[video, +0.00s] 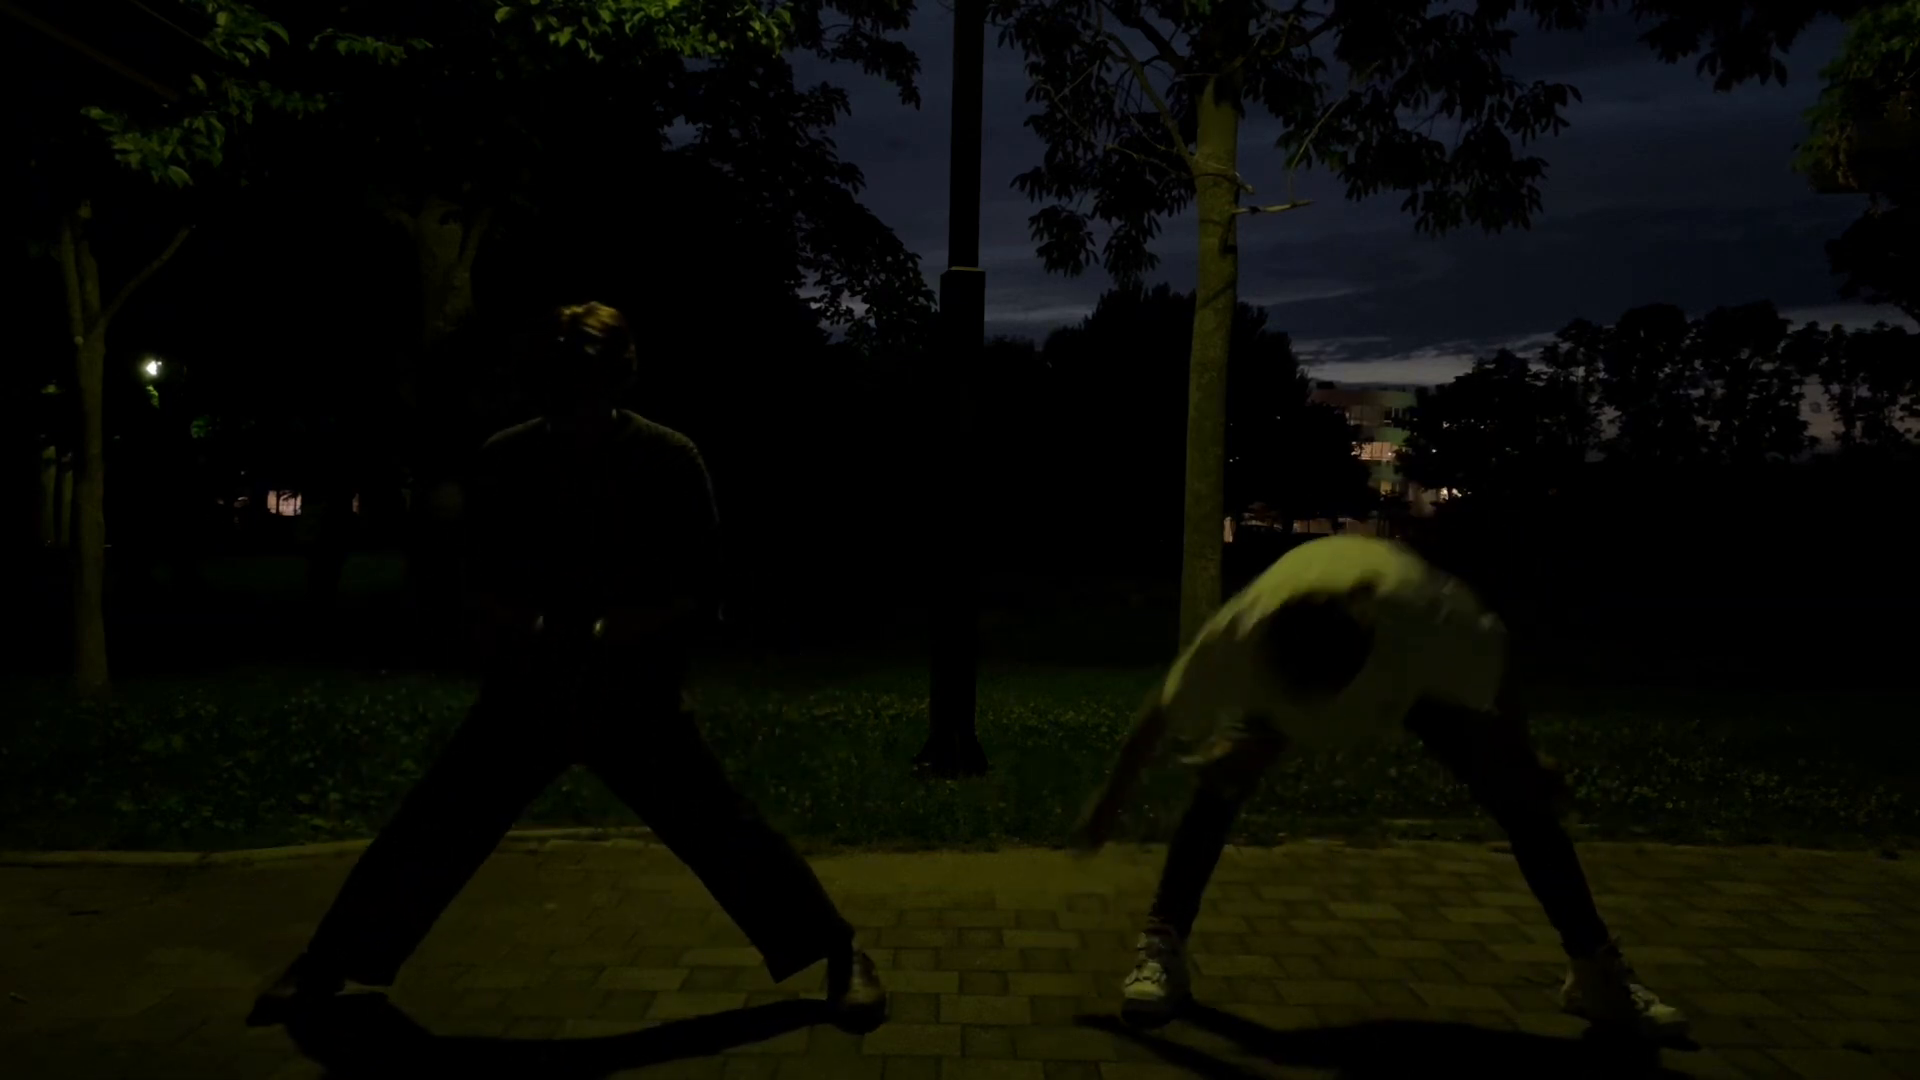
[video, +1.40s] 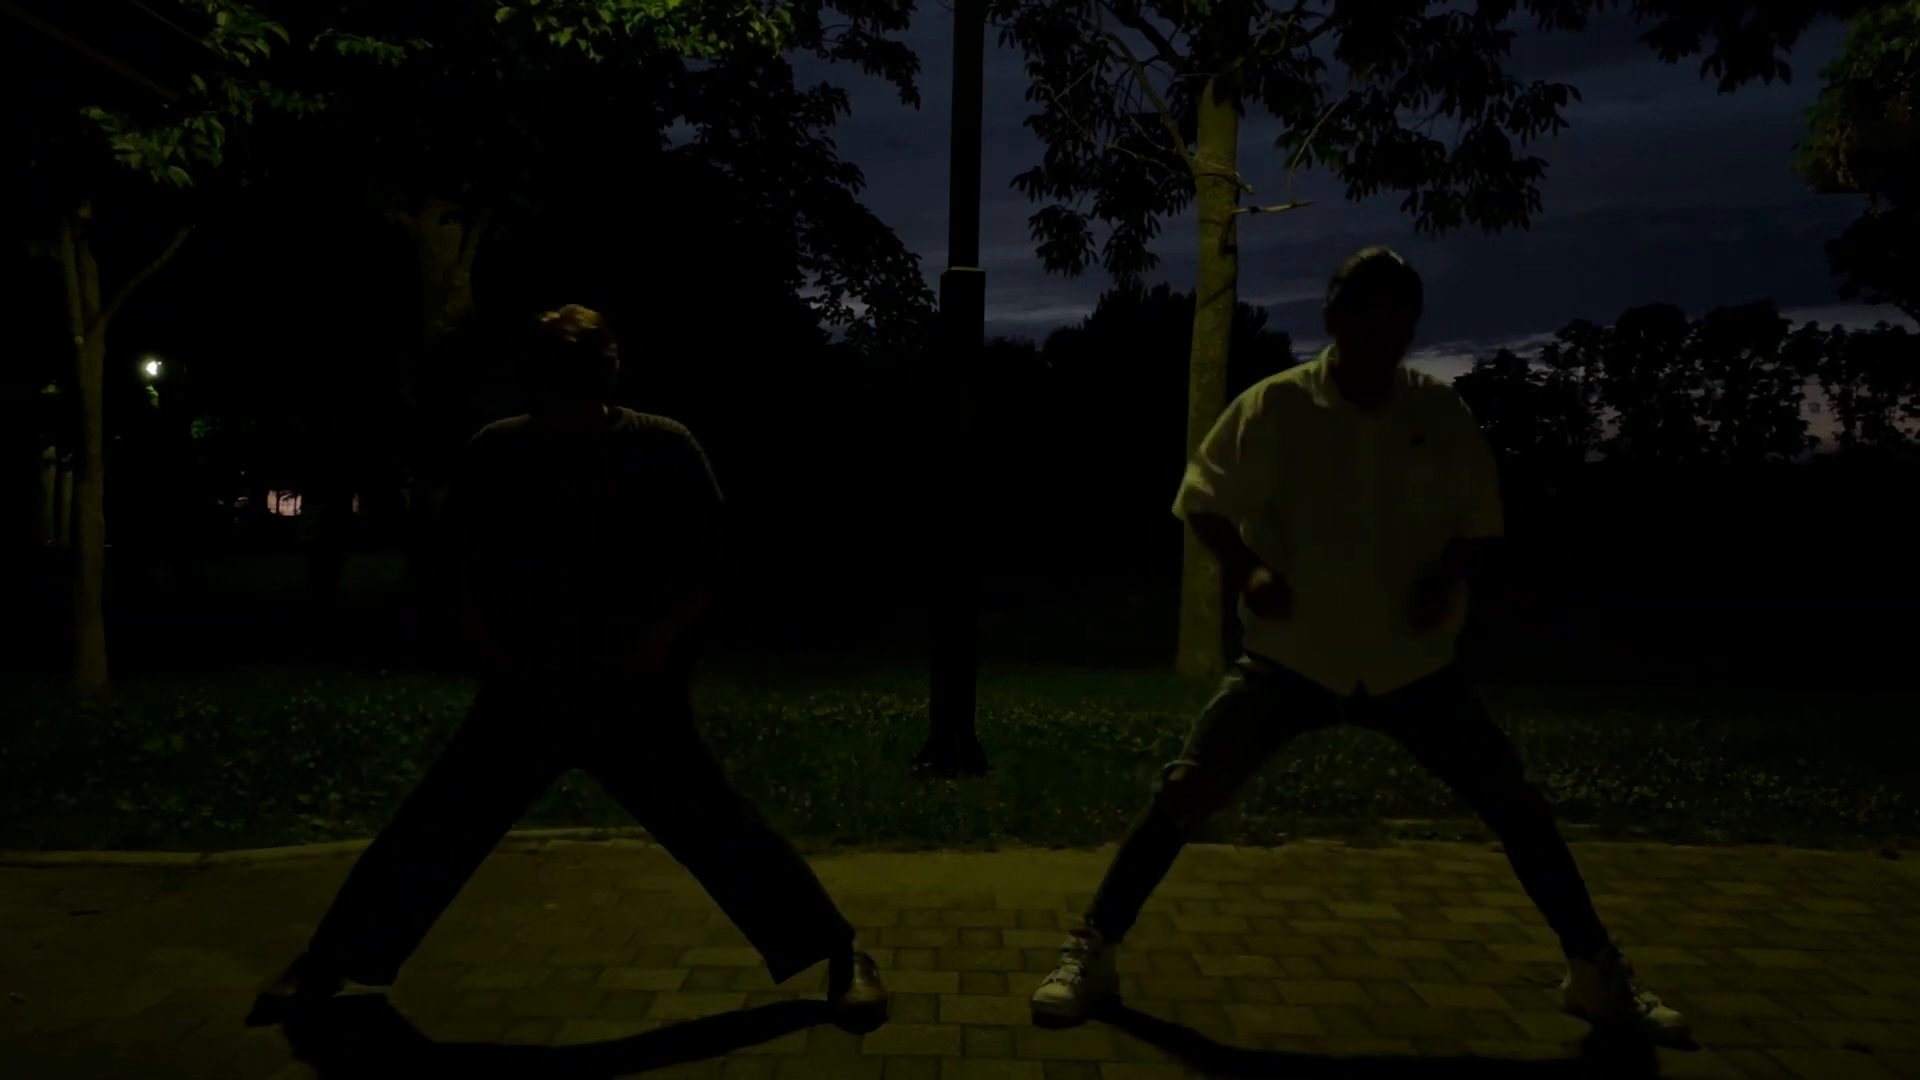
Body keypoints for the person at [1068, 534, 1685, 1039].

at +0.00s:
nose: (1305, 707)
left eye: (1320, 692)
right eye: (1294, 689)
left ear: (1356, 659)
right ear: (1270, 653)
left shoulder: (1423, 614)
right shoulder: (1238, 634)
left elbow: (1498, 678)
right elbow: (1157, 718)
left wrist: (1529, 768)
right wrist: (1108, 803)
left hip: (1411, 683)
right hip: (1287, 702)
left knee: (1520, 802)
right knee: (1218, 792)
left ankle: (1600, 973)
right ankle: (1161, 951)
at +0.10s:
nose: (1342, 636)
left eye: (1357, 623)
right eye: (1329, 620)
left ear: (1392, 587)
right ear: (1304, 588)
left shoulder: (1455, 574)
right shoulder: (1267, 576)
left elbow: (1511, 676)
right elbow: (1188, 643)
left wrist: (1546, 767)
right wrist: (1142, 721)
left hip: (1424, 668)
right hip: (1304, 670)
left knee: (1533, 803)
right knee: (1236, 788)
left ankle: (1601, 975)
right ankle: (1162, 951)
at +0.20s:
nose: (1374, 546)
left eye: (1389, 531)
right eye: (1366, 528)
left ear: (1424, 504)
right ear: (1346, 494)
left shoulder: (1483, 516)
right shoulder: (1300, 488)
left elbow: (1527, 636)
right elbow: (1253, 572)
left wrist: (1547, 726)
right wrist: (1216, 631)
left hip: (1438, 654)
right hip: (1323, 646)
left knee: (1541, 798)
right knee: (1240, 774)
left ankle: (1601, 973)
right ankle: (1155, 947)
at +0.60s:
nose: (1338, 439)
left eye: (1354, 422)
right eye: (1325, 422)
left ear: (1379, 408)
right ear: (1299, 406)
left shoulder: (1432, 451)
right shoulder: (1246, 451)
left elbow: (1500, 565)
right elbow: (1195, 551)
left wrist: (1513, 668)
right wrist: (1158, 643)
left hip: (1404, 675)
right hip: (1277, 673)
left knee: (1517, 808)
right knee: (1179, 794)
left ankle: (1601, 979)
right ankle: (1085, 953)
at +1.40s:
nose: (1384, 349)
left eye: (1397, 332)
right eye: (1370, 331)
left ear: (1414, 332)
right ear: (1335, 325)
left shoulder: (1441, 416)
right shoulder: (1271, 409)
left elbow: (1478, 524)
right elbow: (1201, 502)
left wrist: (1444, 587)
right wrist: (1245, 569)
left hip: (1412, 665)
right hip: (1287, 662)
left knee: (1518, 808)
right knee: (1185, 794)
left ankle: (1600, 976)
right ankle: (1088, 955)